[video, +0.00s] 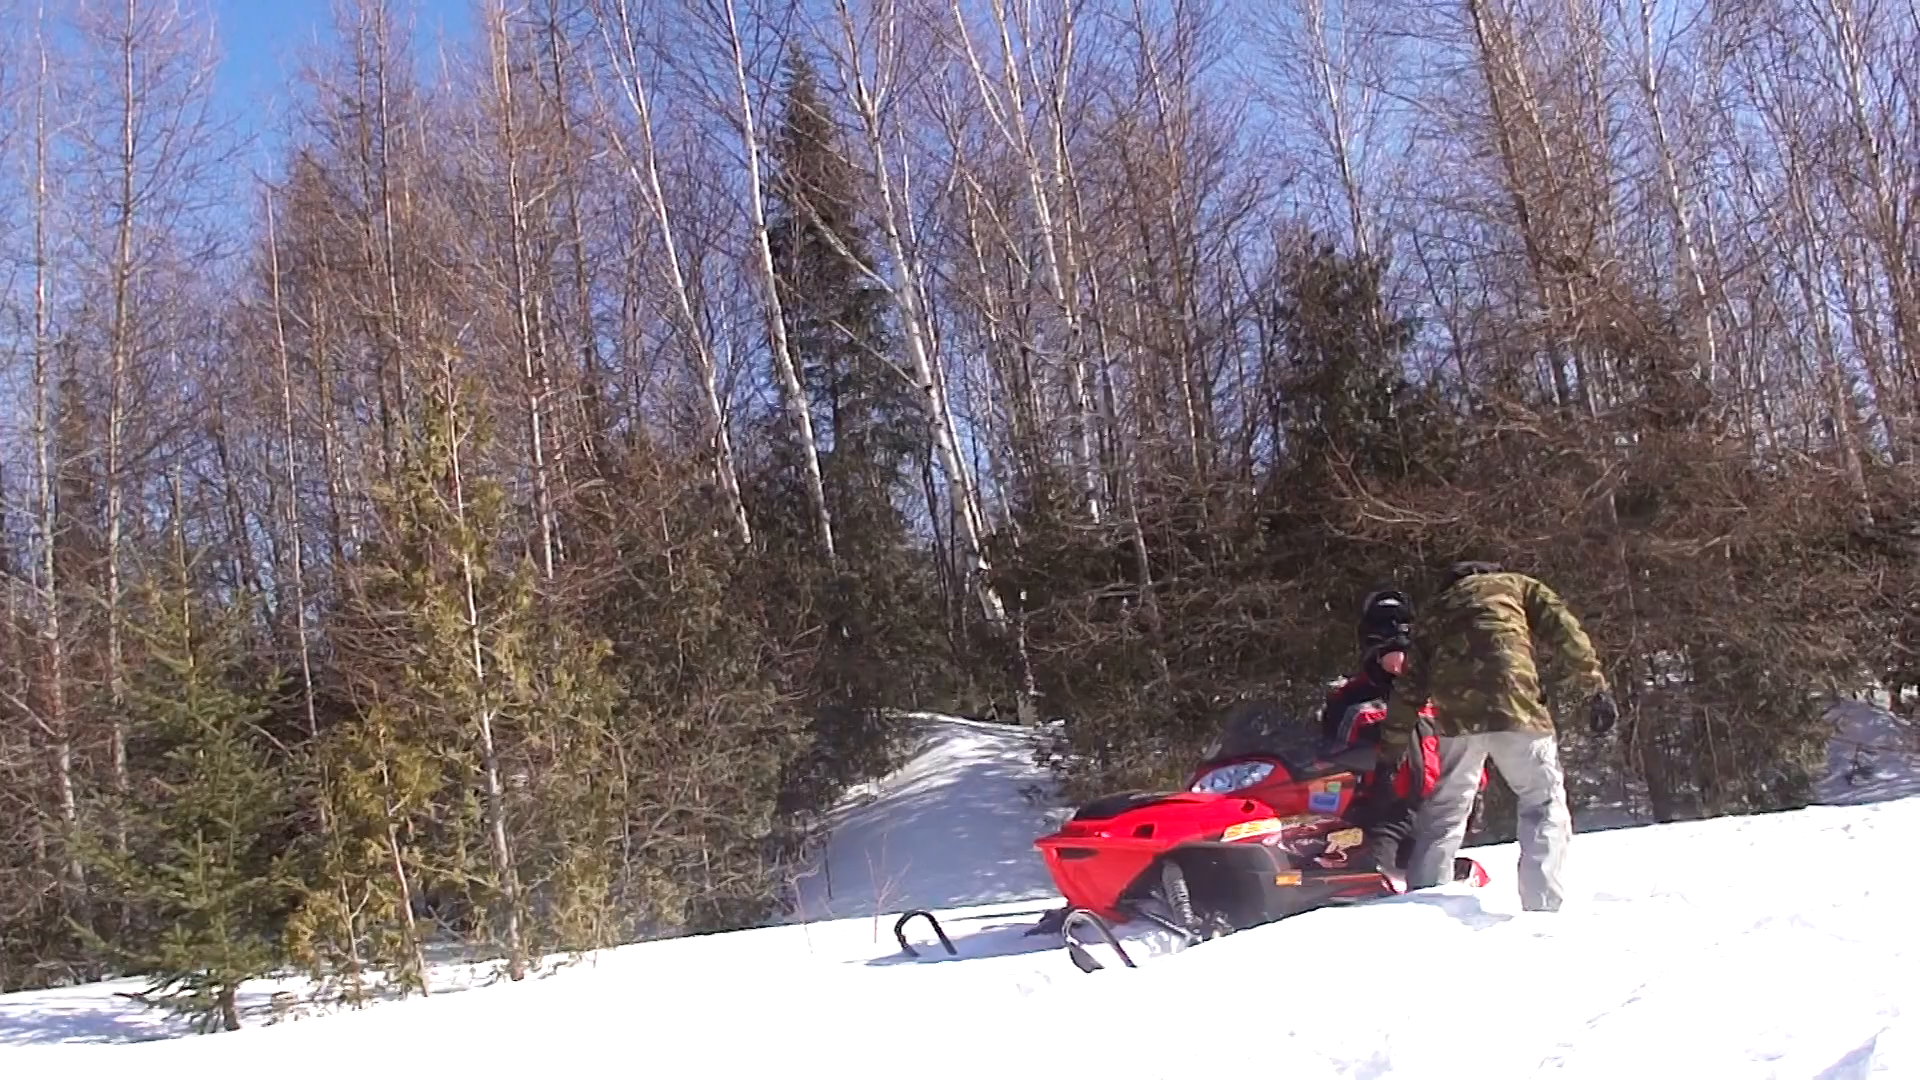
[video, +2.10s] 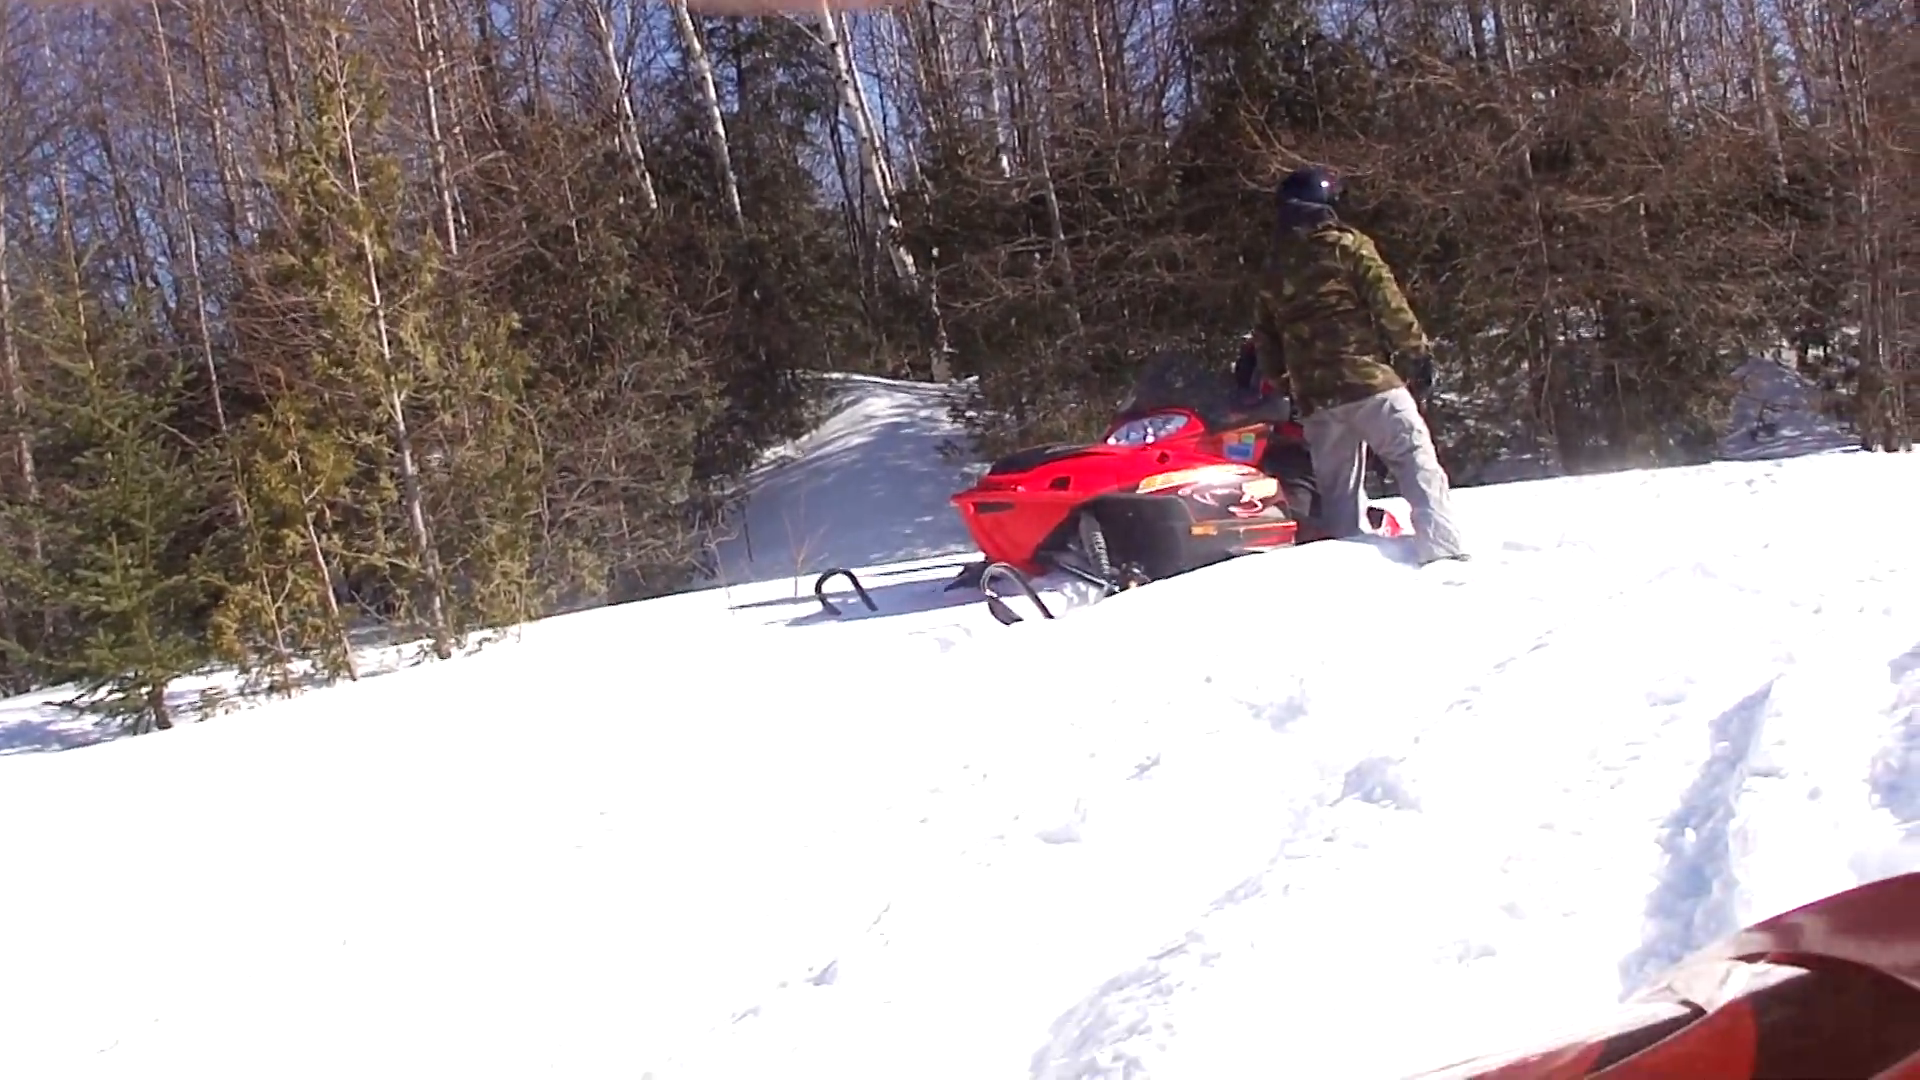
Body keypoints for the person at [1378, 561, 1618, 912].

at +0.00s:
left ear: (1451, 580)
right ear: (1494, 570)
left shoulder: (1433, 607)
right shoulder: (1518, 583)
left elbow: (1408, 684)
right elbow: (1567, 633)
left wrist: (1390, 750)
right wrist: (1596, 689)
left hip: (1455, 715)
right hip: (1516, 710)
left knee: (1446, 805)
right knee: (1542, 800)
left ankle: (1424, 899)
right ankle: (1542, 904)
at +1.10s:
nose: (1460, 556)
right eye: (1457, 550)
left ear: (1411, 555)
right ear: (1453, 550)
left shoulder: (1392, 607)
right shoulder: (1473, 584)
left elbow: (1379, 678)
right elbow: (1507, 640)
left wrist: (1401, 726)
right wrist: (1530, 696)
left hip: (1429, 729)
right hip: (1485, 716)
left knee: (1450, 829)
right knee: (1529, 804)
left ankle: (1455, 913)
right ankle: (1560, 899)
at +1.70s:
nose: (1453, 548)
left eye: (1449, 543)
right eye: (1449, 542)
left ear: (1401, 549)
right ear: (1441, 544)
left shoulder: (1385, 600)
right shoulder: (1460, 579)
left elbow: (1376, 674)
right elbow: (1496, 638)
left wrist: (1393, 717)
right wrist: (1526, 689)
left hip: (1421, 731)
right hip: (1474, 717)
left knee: (1446, 830)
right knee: (1523, 792)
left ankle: (1456, 908)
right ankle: (1554, 889)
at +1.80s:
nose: (1444, 488)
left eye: (1441, 483)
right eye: (1440, 483)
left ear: (1394, 489)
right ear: (1433, 485)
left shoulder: (1376, 540)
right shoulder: (1451, 520)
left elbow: (1368, 613)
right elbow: (1487, 580)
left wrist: (1384, 655)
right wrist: (1516, 627)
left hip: (1412, 669)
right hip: (1466, 655)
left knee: (1436, 768)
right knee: (1514, 731)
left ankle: (1444, 844)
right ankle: (1543, 827)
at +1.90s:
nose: (1409, 386)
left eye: (1406, 380)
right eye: (1405, 380)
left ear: (1355, 387)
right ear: (1398, 382)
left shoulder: (1341, 439)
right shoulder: (1417, 418)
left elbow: (1333, 509)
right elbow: (1452, 478)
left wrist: (1349, 551)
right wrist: (1480, 526)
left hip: (1376, 566)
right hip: (1431, 552)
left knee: (1400, 664)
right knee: (1478, 626)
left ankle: (1409, 741)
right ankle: (1506, 723)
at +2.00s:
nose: (1361, 264)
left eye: (1357, 259)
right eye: (1358, 258)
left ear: (1309, 266)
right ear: (1351, 261)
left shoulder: (1295, 321)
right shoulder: (1372, 299)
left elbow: (1289, 394)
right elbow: (1409, 359)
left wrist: (1306, 435)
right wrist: (1438, 407)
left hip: (1335, 449)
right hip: (1389, 433)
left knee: (1358, 548)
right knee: (1436, 510)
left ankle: (1367, 625)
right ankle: (1462, 603)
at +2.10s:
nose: (1337, 206)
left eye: (1333, 200)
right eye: (1332, 200)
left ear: (1286, 211)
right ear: (1325, 205)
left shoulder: (1271, 268)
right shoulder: (1349, 244)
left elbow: (1266, 344)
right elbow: (1387, 303)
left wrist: (1289, 385)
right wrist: (1418, 352)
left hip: (1315, 394)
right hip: (1369, 378)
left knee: (1336, 494)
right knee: (1414, 457)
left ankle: (1342, 571)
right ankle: (1440, 547)